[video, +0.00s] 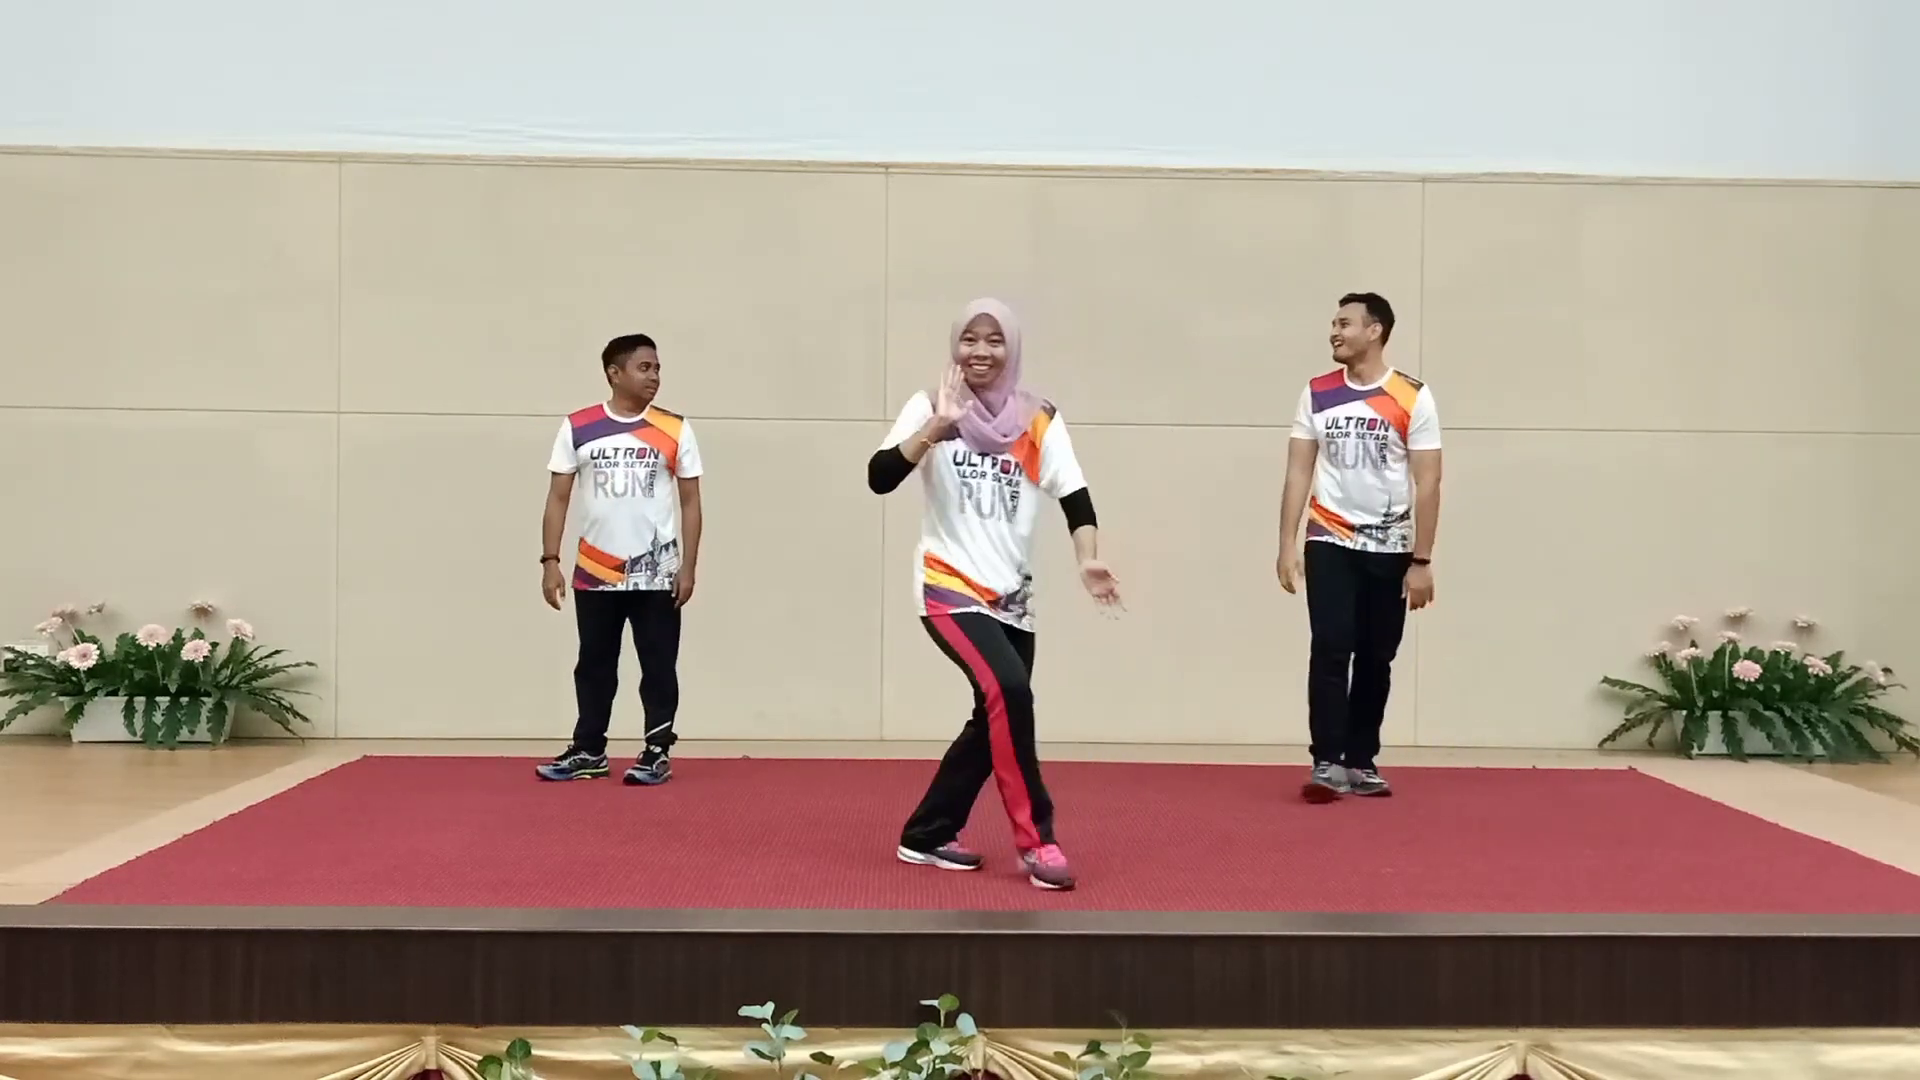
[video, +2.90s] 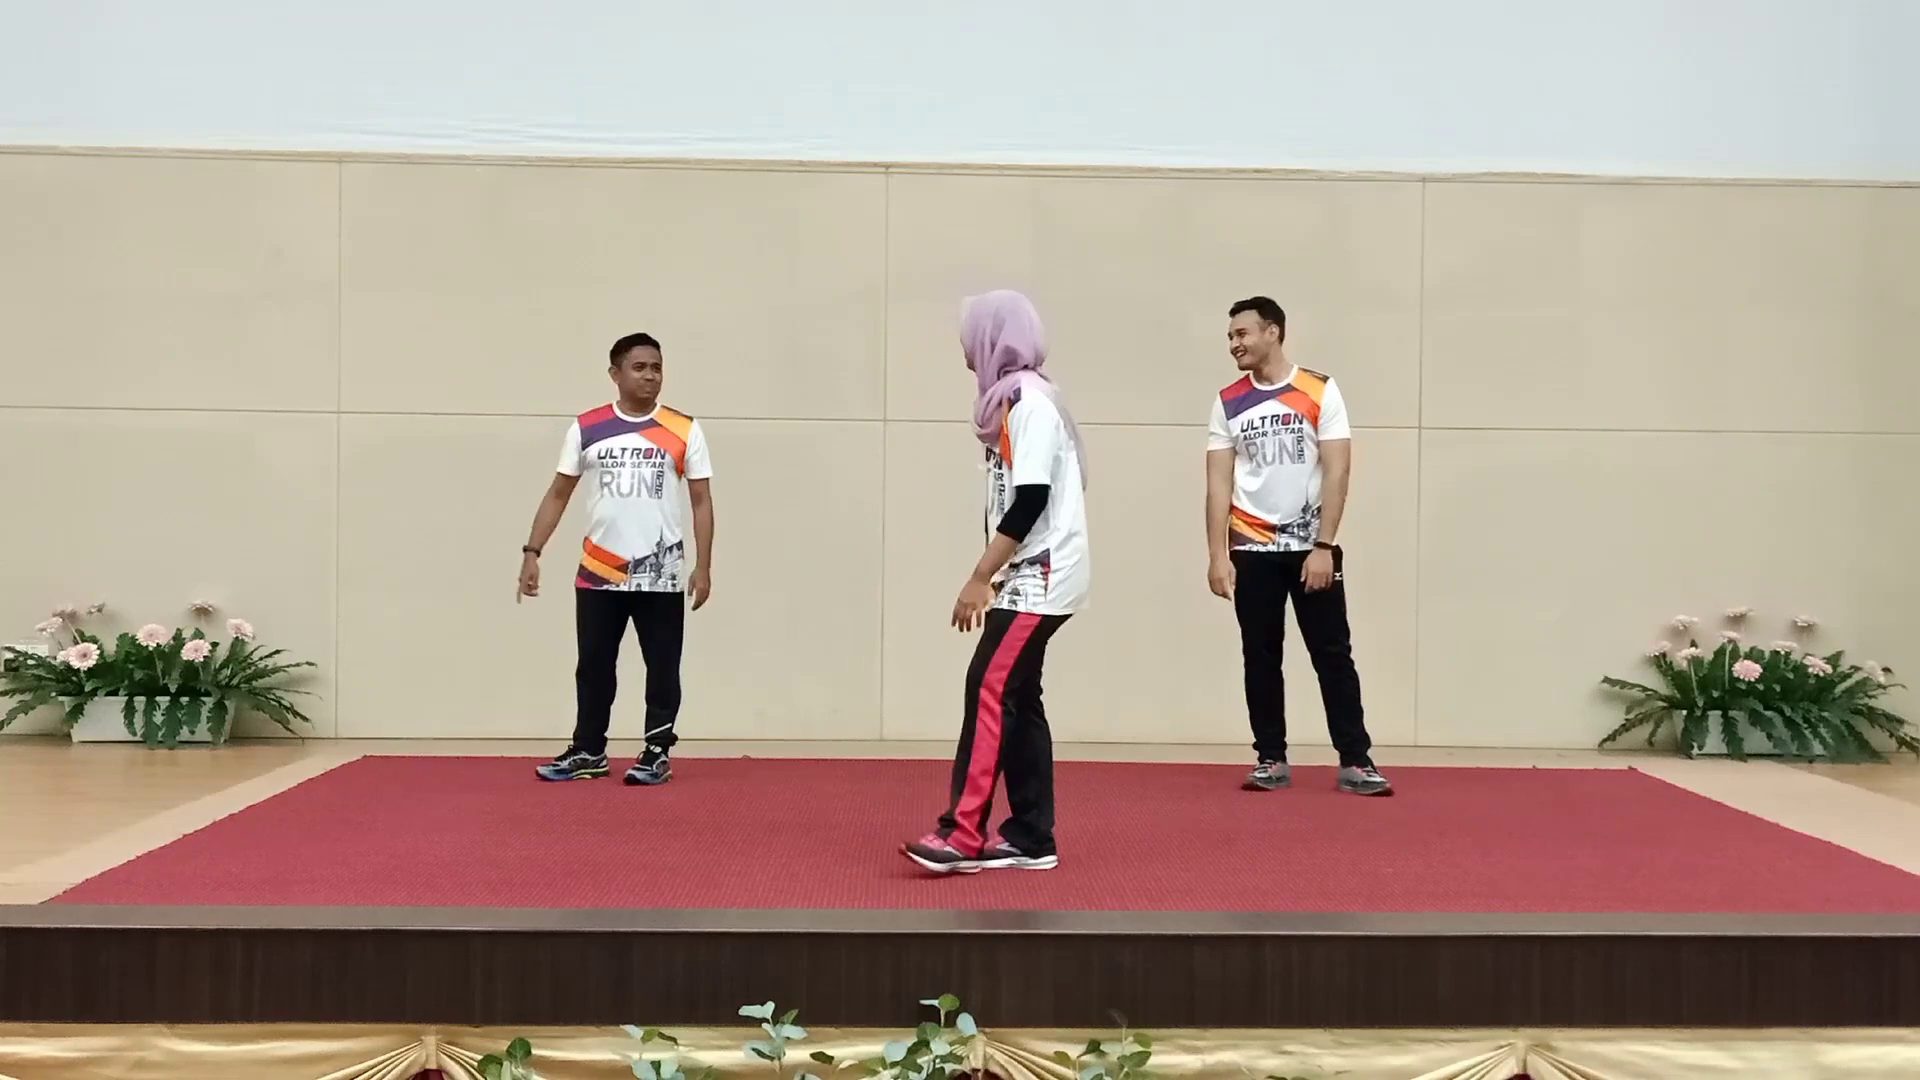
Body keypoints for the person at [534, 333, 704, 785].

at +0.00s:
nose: (655, 375)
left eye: (657, 368)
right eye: (645, 367)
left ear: (657, 373)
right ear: (614, 373)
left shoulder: (676, 431)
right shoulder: (578, 427)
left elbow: (690, 501)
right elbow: (558, 497)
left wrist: (689, 564)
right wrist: (550, 560)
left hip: (656, 574)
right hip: (597, 573)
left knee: (658, 668)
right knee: (594, 666)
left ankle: (657, 754)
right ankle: (589, 752)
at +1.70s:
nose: (610, 392)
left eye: (619, 383)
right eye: (601, 385)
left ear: (636, 387)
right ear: (589, 391)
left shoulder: (665, 439)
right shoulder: (572, 445)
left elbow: (678, 515)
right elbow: (569, 521)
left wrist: (658, 577)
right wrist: (575, 583)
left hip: (651, 580)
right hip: (597, 582)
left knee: (657, 671)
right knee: (591, 671)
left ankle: (655, 754)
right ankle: (588, 752)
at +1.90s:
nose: (583, 390)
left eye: (590, 382)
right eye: (582, 381)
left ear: (622, 384)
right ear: (607, 384)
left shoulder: (667, 435)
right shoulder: (584, 436)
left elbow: (690, 506)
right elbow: (563, 506)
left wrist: (669, 572)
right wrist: (538, 563)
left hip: (654, 581)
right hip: (600, 579)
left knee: (661, 673)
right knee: (595, 670)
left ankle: (655, 754)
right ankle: (589, 752)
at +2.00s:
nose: (583, 390)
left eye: (590, 381)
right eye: (583, 381)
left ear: (620, 382)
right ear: (607, 382)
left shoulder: (667, 432)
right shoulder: (586, 434)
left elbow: (694, 502)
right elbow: (548, 493)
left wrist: (677, 568)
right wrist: (504, 543)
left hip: (656, 576)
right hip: (603, 575)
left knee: (663, 670)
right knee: (596, 668)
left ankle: (655, 755)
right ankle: (588, 753)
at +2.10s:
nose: (588, 386)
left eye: (594, 378)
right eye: (588, 377)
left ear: (623, 379)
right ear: (615, 379)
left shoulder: (670, 428)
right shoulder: (588, 429)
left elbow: (699, 498)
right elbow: (528, 458)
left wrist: (691, 568)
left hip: (658, 576)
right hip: (605, 575)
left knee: (662, 672)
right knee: (596, 668)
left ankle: (656, 755)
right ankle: (589, 752)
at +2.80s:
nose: (649, 374)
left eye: (655, 367)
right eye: (638, 366)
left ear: (663, 373)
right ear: (615, 373)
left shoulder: (685, 430)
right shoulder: (589, 428)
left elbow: (703, 501)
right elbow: (546, 483)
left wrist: (693, 563)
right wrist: (501, 529)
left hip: (662, 574)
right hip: (602, 572)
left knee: (663, 669)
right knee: (593, 667)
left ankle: (656, 755)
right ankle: (588, 753)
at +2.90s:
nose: (651, 375)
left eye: (657, 367)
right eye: (640, 367)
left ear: (663, 372)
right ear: (615, 372)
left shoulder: (684, 430)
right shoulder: (586, 428)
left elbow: (701, 501)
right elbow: (558, 493)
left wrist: (703, 567)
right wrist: (531, 553)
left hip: (661, 576)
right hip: (600, 574)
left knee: (663, 670)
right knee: (593, 668)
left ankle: (657, 753)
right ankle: (588, 752)